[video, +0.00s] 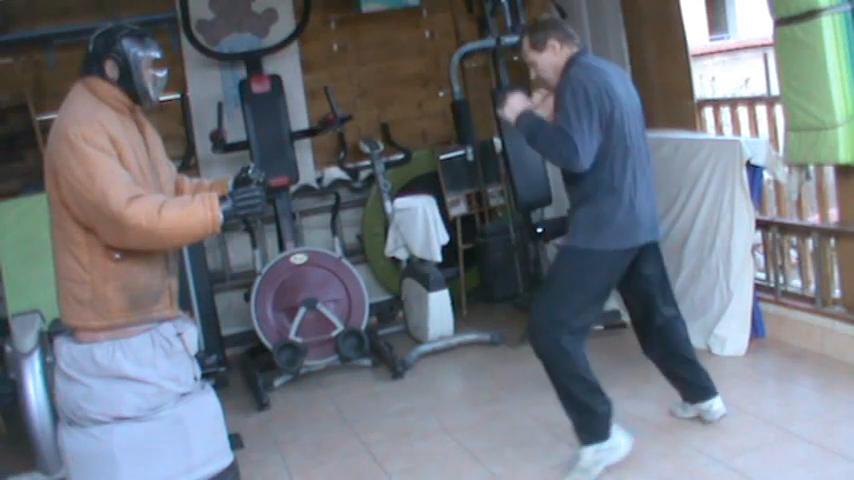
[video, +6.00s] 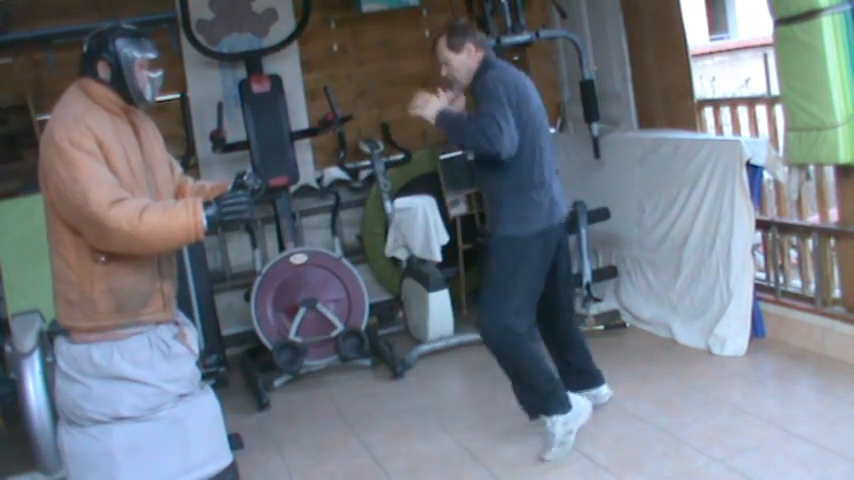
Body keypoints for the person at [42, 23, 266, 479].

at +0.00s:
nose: (153, 74)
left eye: (154, 63)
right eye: (144, 64)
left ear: (117, 68)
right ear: (111, 66)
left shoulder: (131, 118)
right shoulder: (80, 128)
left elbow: (168, 187)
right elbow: (125, 218)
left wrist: (227, 186)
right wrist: (218, 210)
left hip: (152, 317)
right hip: (109, 329)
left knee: (184, 447)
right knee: (132, 458)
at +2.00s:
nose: (155, 75)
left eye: (155, 65)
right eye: (145, 65)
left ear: (119, 68)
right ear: (113, 66)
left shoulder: (135, 120)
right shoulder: (78, 131)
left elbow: (173, 188)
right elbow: (127, 220)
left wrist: (231, 185)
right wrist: (217, 209)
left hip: (154, 318)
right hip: (108, 331)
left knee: (184, 448)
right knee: (130, 459)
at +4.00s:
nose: (153, 76)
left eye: (153, 65)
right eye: (144, 65)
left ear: (116, 68)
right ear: (111, 65)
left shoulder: (132, 118)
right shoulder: (77, 129)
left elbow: (170, 188)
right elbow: (123, 220)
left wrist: (227, 187)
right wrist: (215, 212)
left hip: (152, 314)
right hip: (107, 327)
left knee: (179, 444)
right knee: (129, 455)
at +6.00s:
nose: (148, 76)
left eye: (148, 65)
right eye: (138, 65)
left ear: (114, 68)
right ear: (104, 66)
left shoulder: (137, 121)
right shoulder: (69, 128)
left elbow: (176, 189)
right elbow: (109, 221)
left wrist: (228, 189)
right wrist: (203, 216)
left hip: (157, 319)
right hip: (104, 332)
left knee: (194, 448)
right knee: (124, 459)